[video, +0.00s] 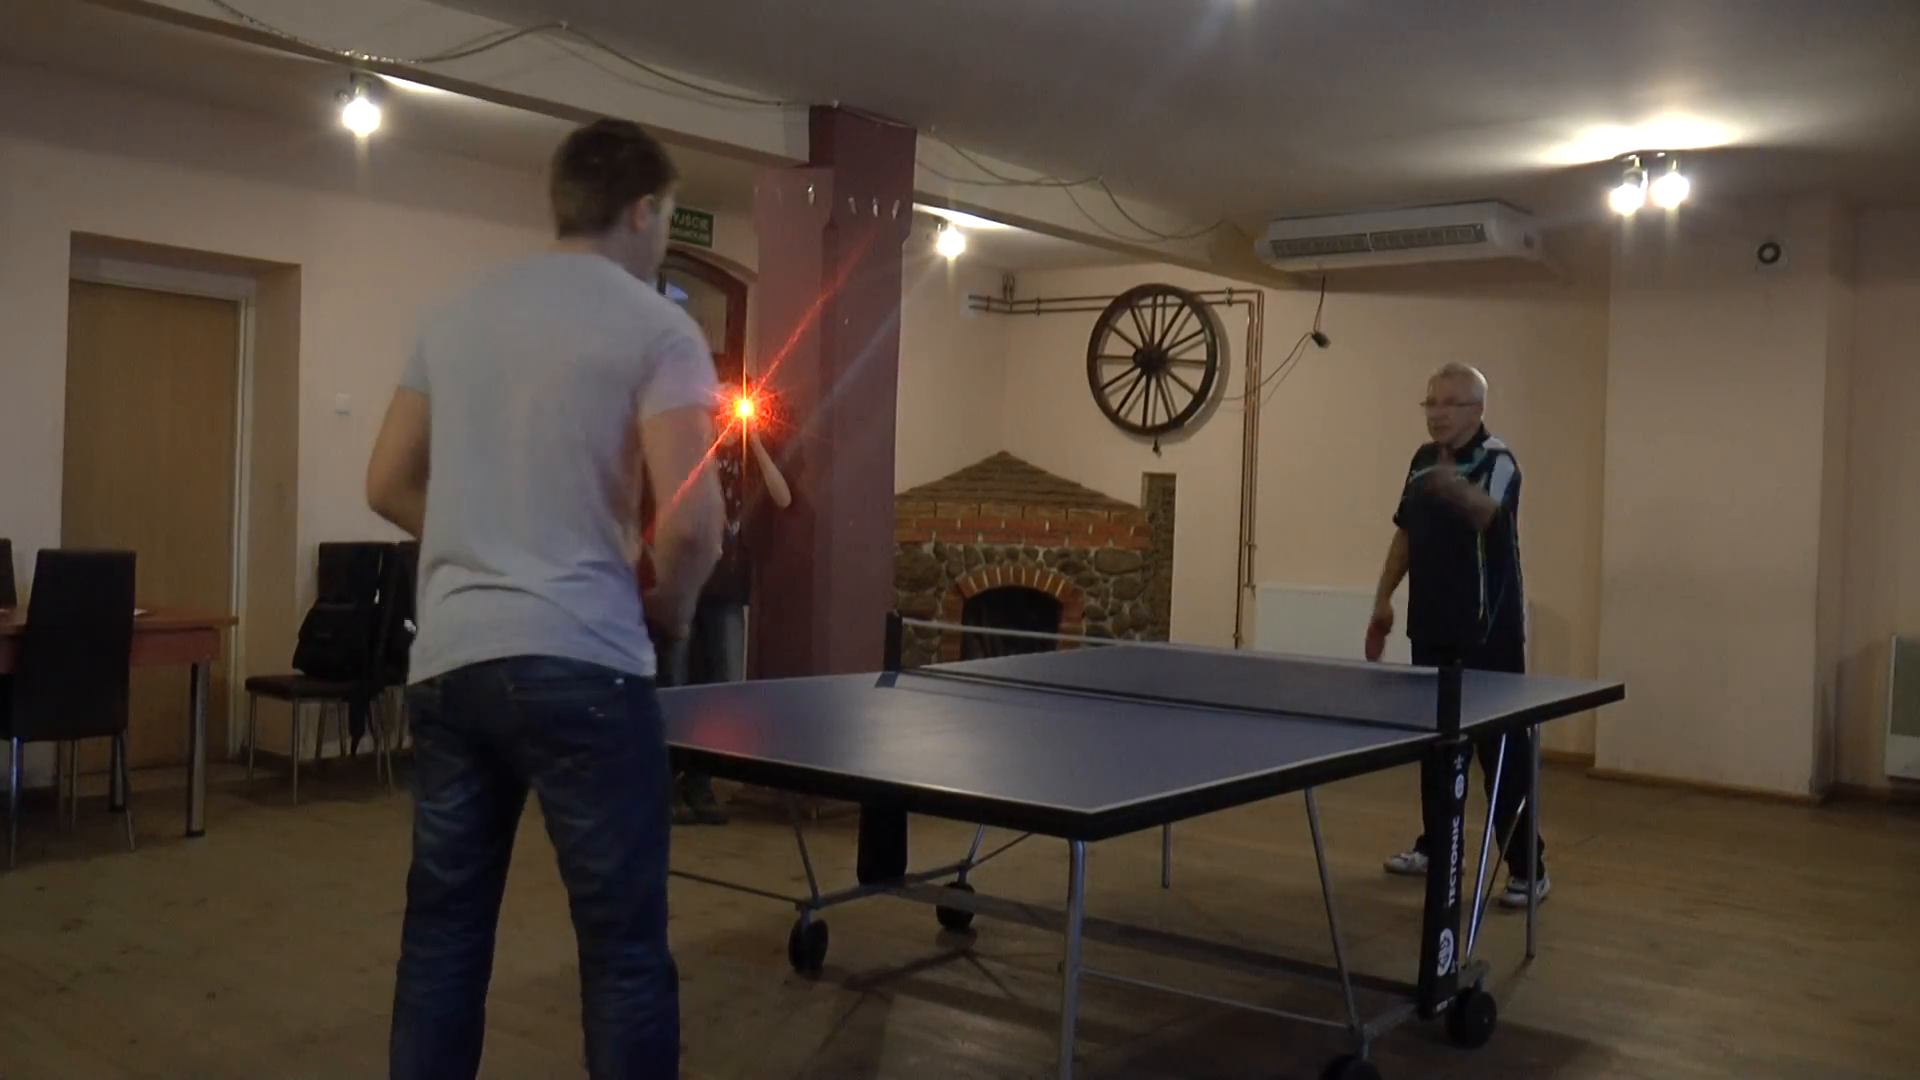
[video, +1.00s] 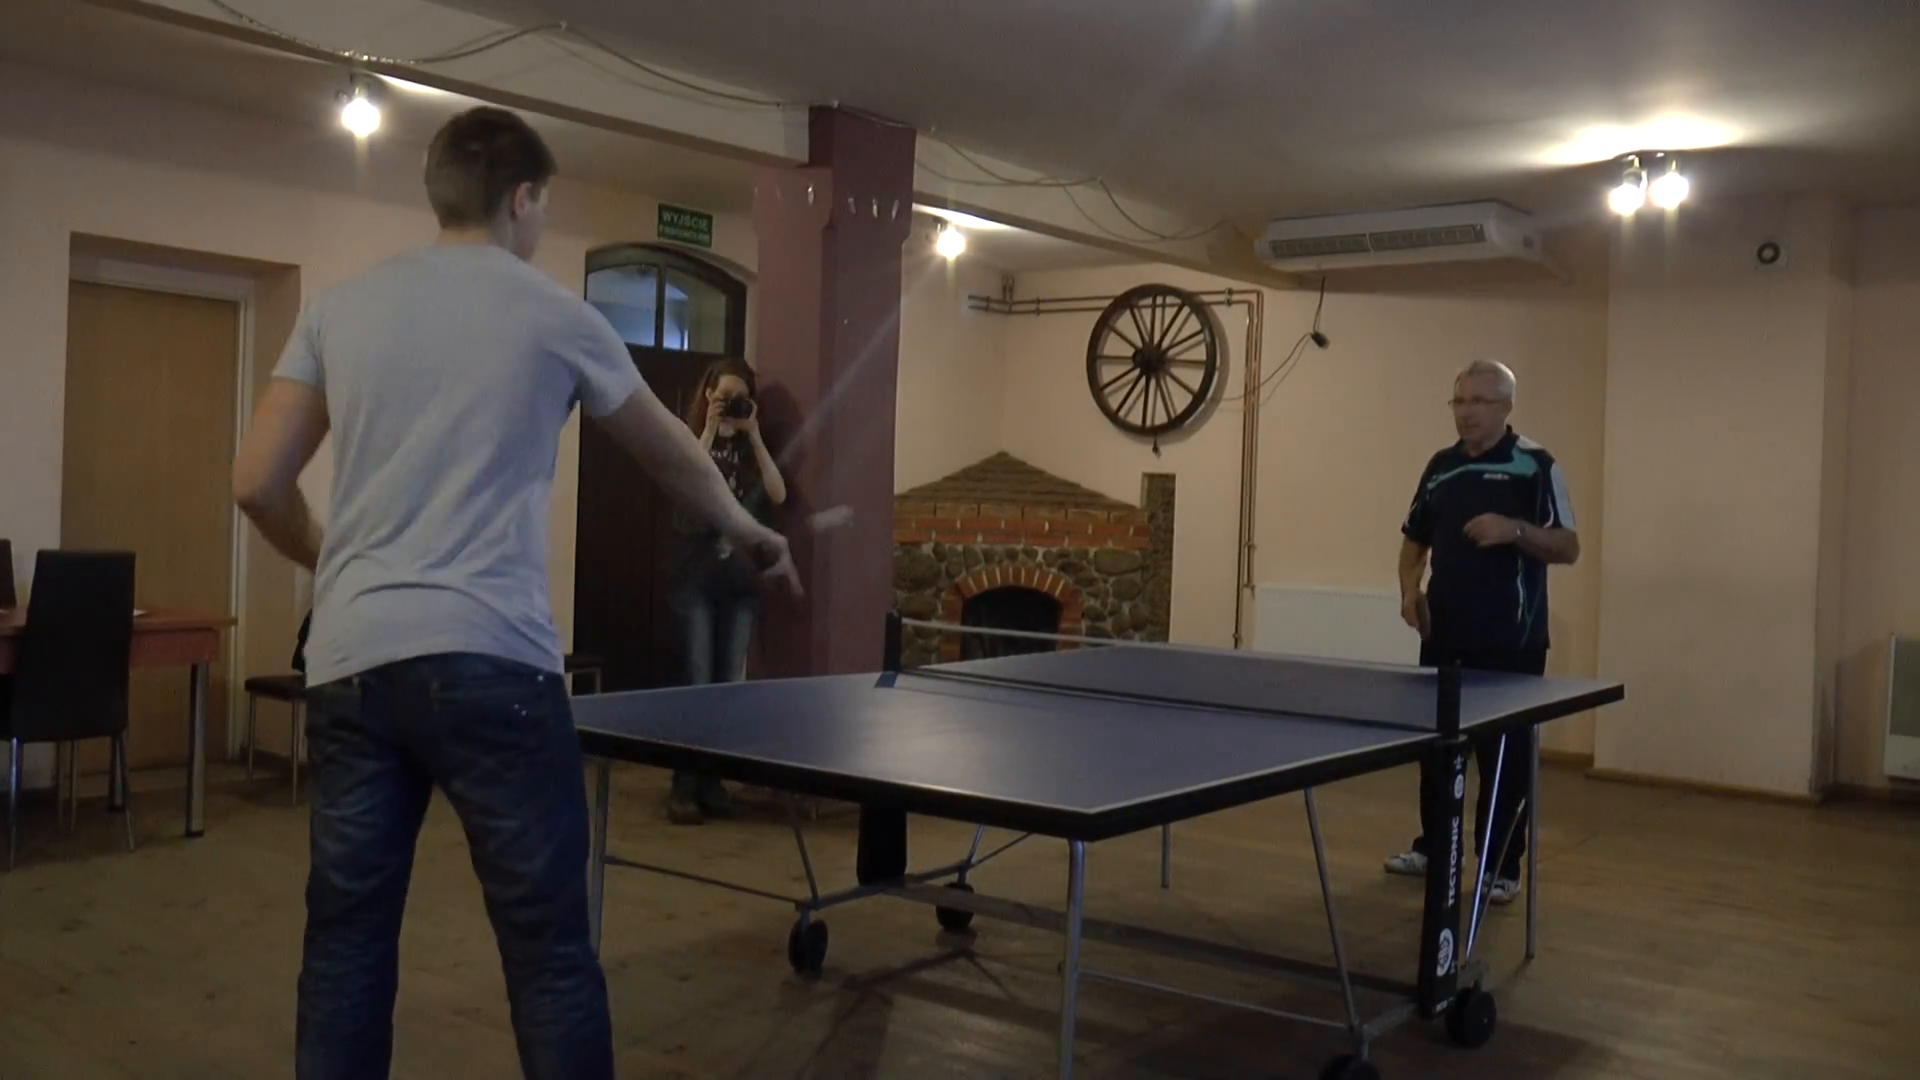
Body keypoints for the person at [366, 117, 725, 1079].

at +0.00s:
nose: (665, 234)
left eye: (666, 216)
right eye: (665, 215)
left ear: (562, 207)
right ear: (642, 211)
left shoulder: (457, 309)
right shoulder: (656, 322)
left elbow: (390, 483)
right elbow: (690, 519)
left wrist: (487, 540)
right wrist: (664, 617)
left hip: (448, 658)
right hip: (584, 657)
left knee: (441, 928)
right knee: (623, 942)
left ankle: (422, 1074)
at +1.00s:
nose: (544, 219)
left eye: (544, 201)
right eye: (545, 200)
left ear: (439, 199)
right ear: (522, 198)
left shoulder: (337, 306)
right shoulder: (553, 309)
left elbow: (259, 484)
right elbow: (676, 458)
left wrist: (330, 562)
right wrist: (745, 529)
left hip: (347, 657)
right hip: (490, 651)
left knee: (344, 942)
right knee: (548, 946)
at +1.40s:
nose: (530, 210)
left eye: (529, 192)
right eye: (530, 190)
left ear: (420, 193)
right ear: (508, 190)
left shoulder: (329, 300)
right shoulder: (549, 311)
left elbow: (252, 478)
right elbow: (619, 509)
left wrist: (313, 577)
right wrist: (605, 590)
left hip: (354, 651)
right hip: (497, 649)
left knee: (347, 933)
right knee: (551, 941)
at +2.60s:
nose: (683, 214)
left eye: (686, 198)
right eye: (684, 196)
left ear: (574, 189)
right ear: (660, 195)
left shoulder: (468, 291)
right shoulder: (673, 320)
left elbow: (383, 452)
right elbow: (708, 529)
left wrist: (443, 598)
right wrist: (714, 641)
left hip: (467, 647)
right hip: (601, 652)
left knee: (425, 905)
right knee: (604, 934)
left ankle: (377, 1071)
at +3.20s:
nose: (616, 230)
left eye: (620, 214)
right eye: (616, 212)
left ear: (511, 203)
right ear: (587, 203)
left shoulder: (423, 322)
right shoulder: (593, 309)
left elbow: (400, 506)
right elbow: (628, 500)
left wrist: (449, 617)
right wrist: (666, 674)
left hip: (429, 651)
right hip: (550, 653)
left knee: (437, 910)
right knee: (622, 912)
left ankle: (419, 1071)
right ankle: (604, 1073)